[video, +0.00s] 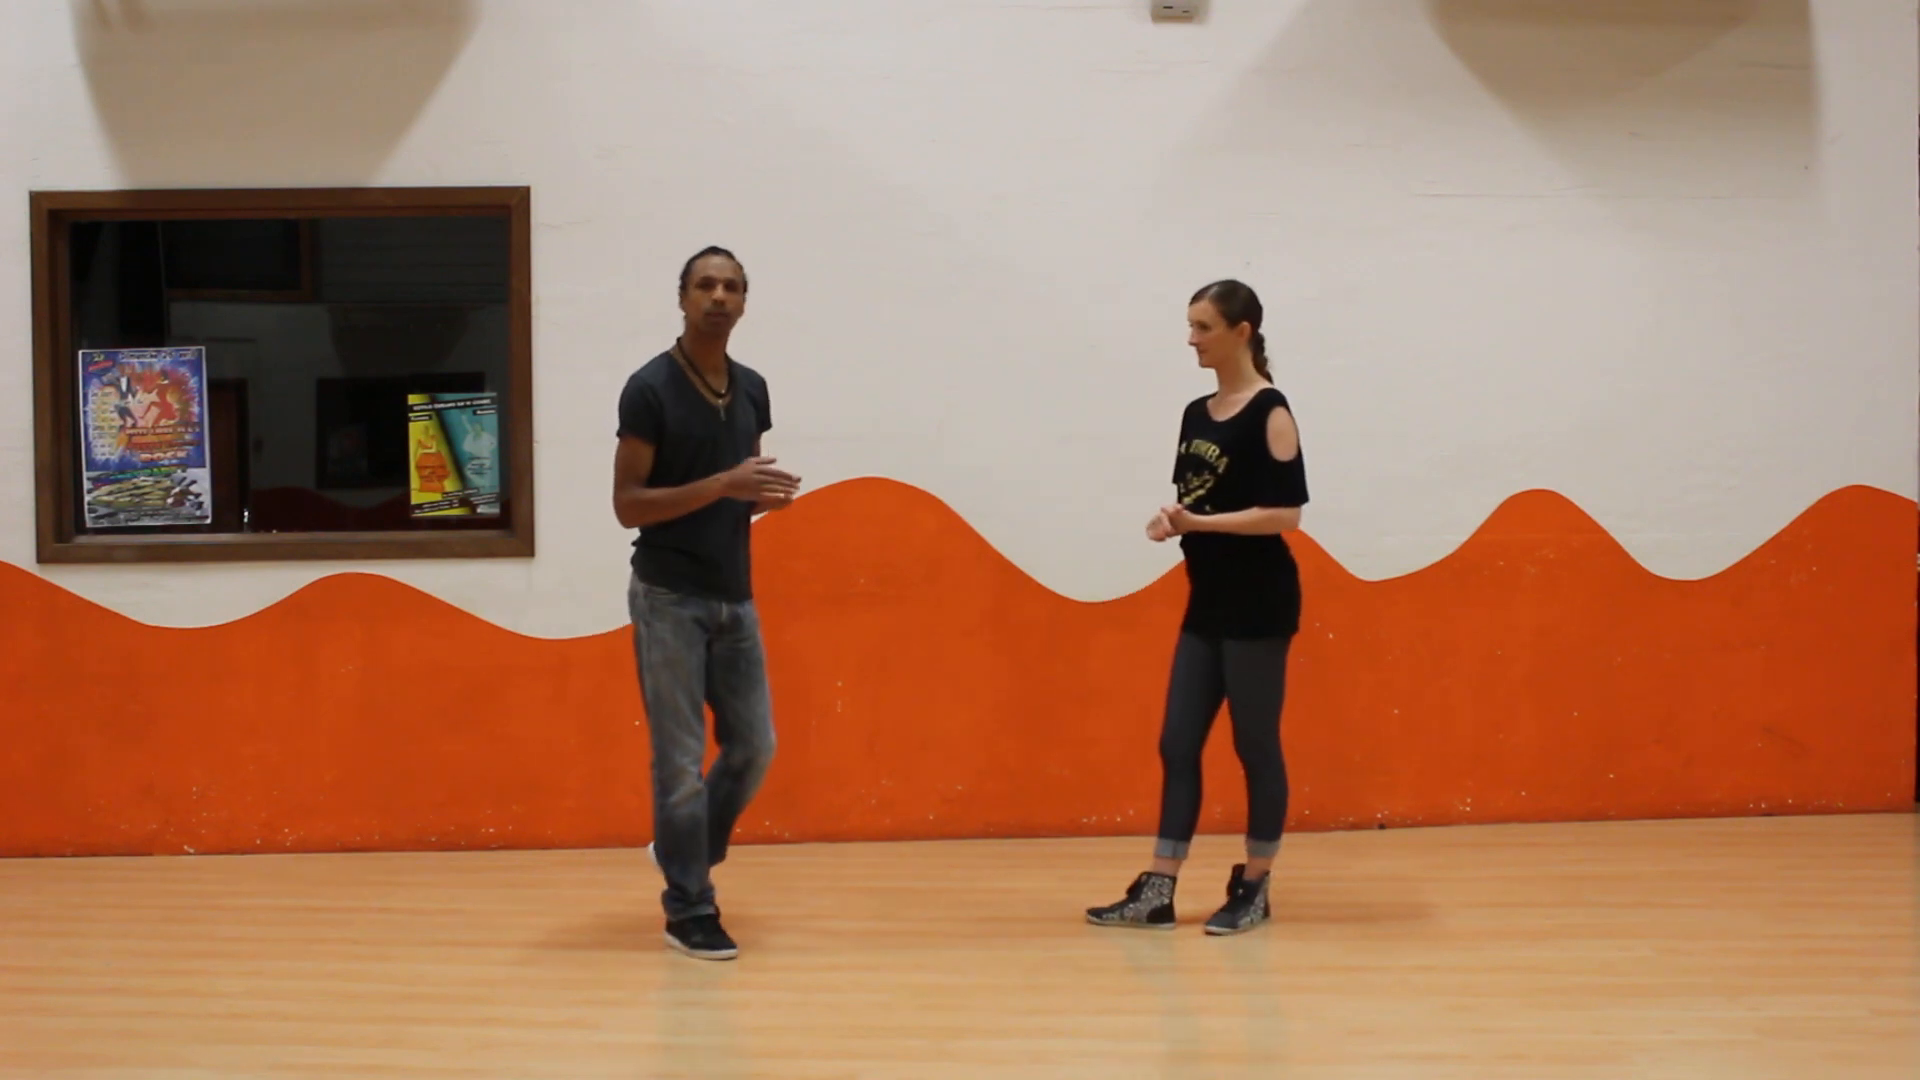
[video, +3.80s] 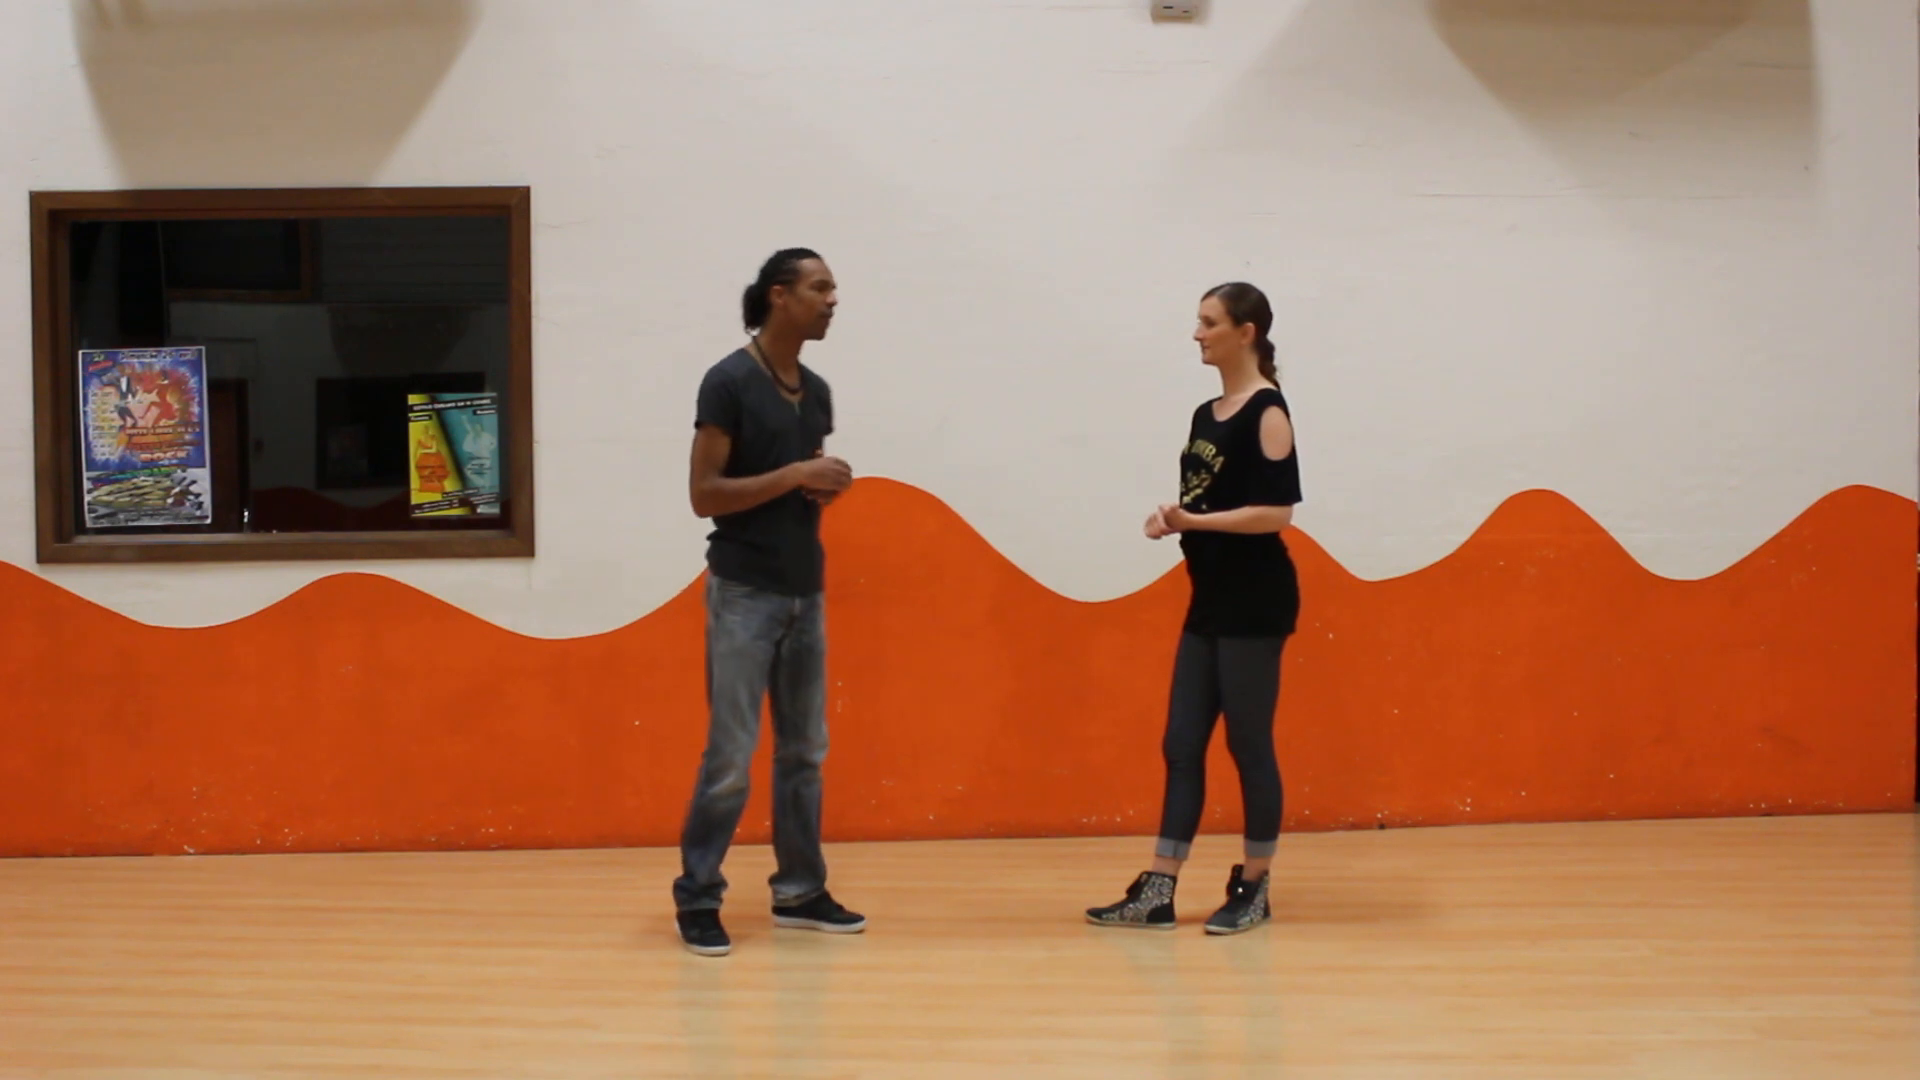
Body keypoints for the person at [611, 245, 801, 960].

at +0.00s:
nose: (720, 296)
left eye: (732, 287)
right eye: (707, 285)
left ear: (745, 303)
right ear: (681, 299)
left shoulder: (752, 391)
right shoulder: (650, 389)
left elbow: (732, 488)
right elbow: (627, 506)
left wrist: (766, 489)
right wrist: (725, 483)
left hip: (732, 596)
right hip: (667, 595)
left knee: (752, 745)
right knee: (682, 756)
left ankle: (689, 850)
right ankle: (690, 909)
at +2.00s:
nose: (697, 319)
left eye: (710, 307)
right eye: (688, 307)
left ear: (735, 314)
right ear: (675, 313)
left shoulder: (761, 396)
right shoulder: (647, 389)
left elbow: (771, 503)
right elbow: (608, 495)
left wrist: (761, 468)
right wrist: (690, 460)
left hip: (728, 584)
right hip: (667, 580)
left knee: (711, 737)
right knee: (693, 732)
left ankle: (672, 875)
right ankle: (689, 889)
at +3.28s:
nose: (781, 328)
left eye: (784, 315)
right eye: (773, 314)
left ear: (742, 313)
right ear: (730, 309)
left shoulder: (747, 384)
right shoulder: (673, 390)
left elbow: (723, 487)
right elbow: (660, 510)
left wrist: (761, 482)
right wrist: (744, 483)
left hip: (741, 592)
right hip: (683, 594)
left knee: (767, 742)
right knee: (692, 753)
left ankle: (779, 887)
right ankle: (694, 901)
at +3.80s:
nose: (833, 300)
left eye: (832, 290)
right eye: (820, 288)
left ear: (805, 303)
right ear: (776, 297)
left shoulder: (816, 392)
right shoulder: (727, 384)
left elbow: (802, 490)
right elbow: (704, 496)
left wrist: (829, 481)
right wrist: (793, 475)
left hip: (802, 591)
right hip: (743, 590)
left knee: (802, 747)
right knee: (733, 750)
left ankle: (800, 890)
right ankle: (697, 898)